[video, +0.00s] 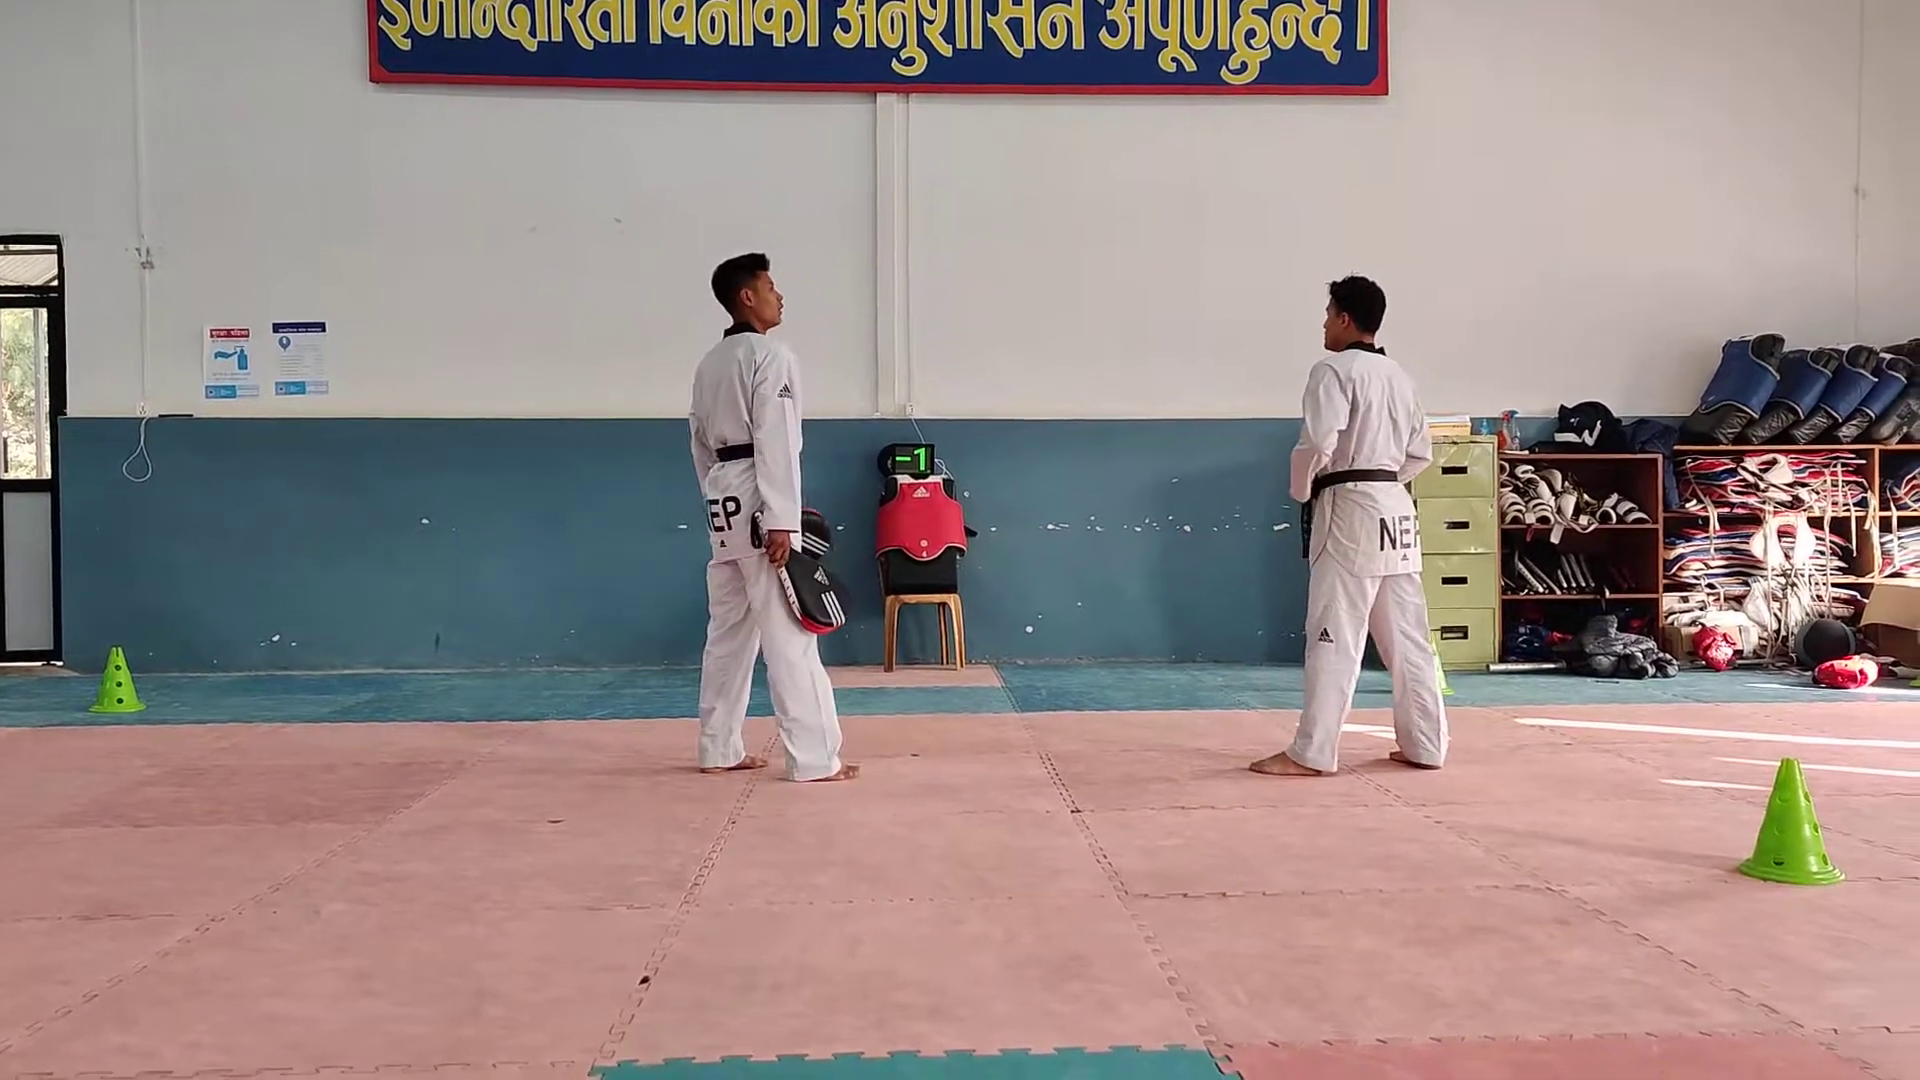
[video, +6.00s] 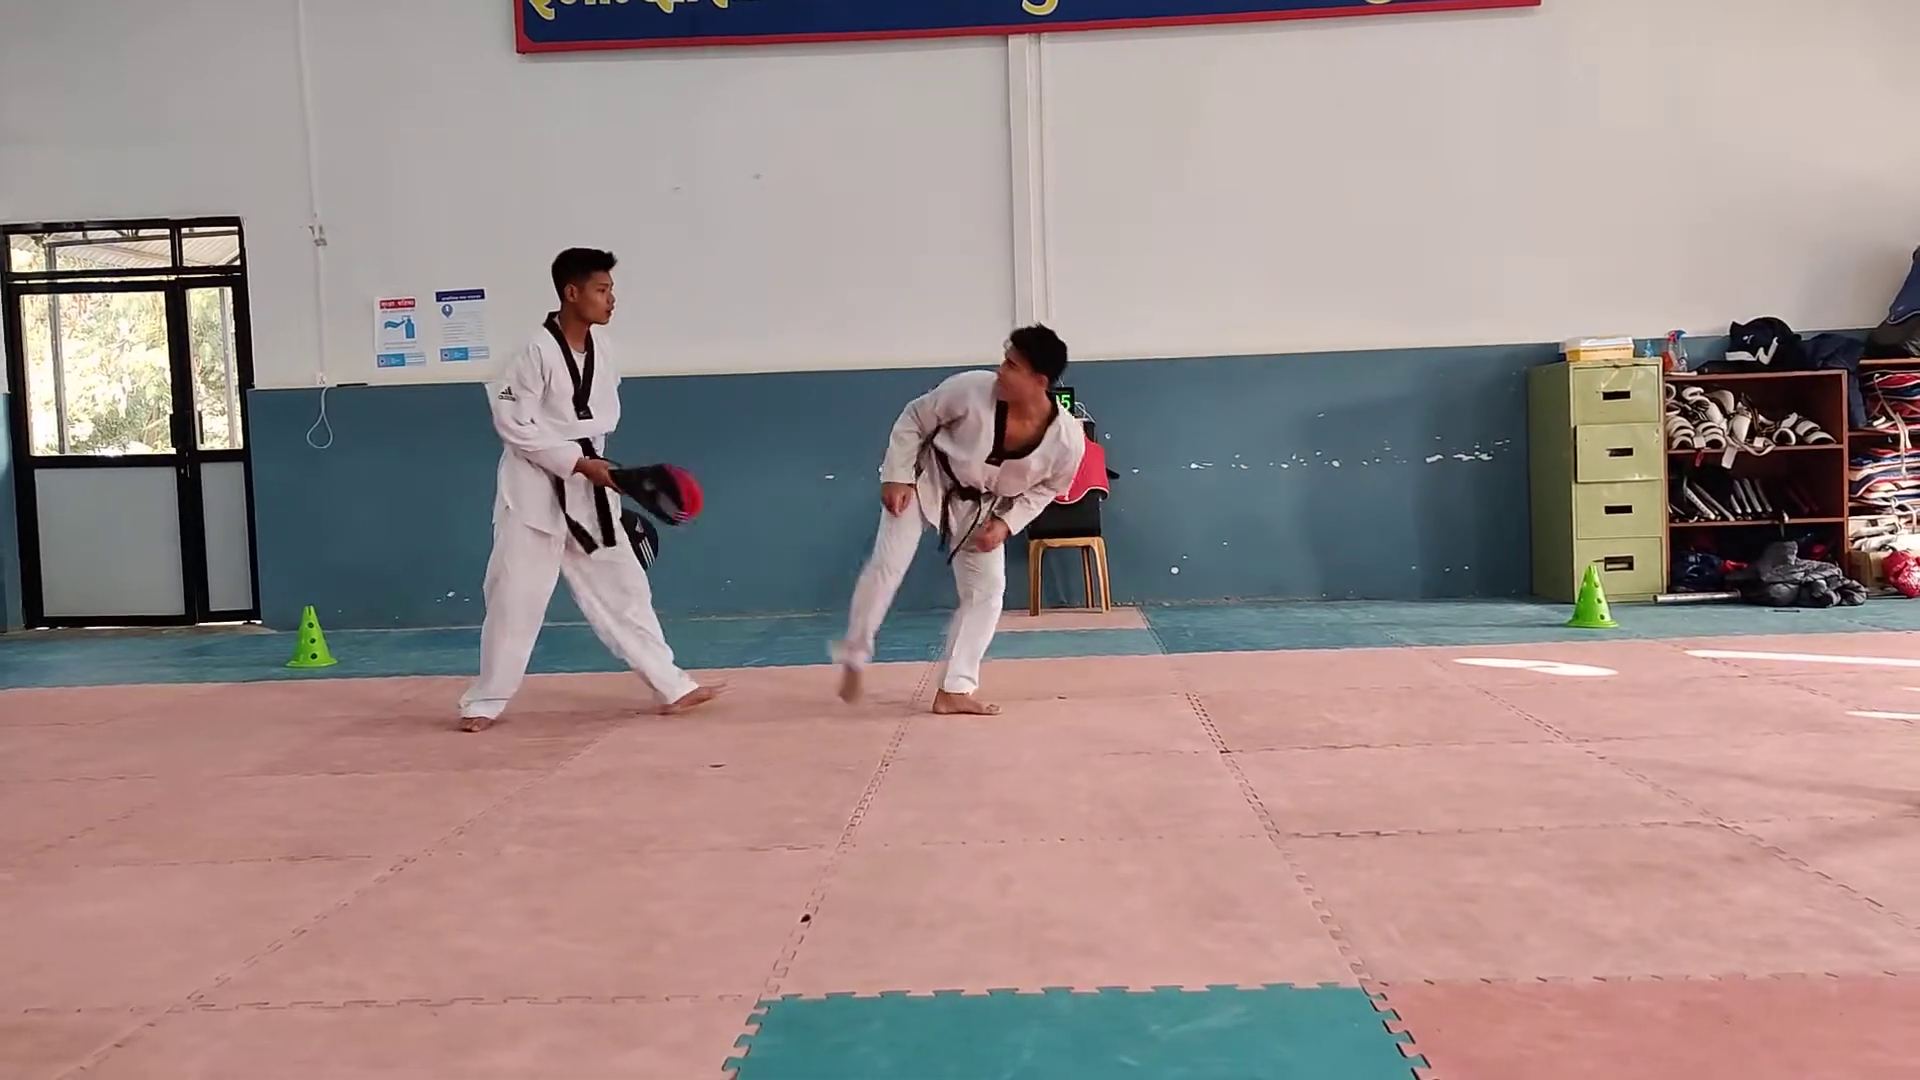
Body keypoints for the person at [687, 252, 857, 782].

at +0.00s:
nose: (780, 295)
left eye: (775, 286)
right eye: (770, 287)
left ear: (740, 300)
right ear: (746, 297)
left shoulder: (709, 364)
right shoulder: (771, 355)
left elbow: (703, 451)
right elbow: (777, 445)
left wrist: (723, 501)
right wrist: (781, 518)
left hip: (722, 507)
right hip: (762, 504)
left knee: (728, 632)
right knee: (790, 633)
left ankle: (720, 749)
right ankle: (815, 758)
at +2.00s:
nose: (594, 290)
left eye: (594, 280)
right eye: (585, 280)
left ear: (571, 286)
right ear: (553, 284)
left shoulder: (570, 348)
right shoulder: (526, 345)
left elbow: (562, 422)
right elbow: (575, 414)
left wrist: (583, 445)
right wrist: (655, 412)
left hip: (562, 479)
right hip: (512, 477)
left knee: (610, 589)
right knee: (476, 596)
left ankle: (639, 709)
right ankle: (430, 710)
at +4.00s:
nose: (664, 307)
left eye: (663, 297)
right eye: (657, 297)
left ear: (629, 302)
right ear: (628, 300)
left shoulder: (601, 347)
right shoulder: (613, 352)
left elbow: (573, 420)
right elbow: (650, 428)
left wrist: (611, 456)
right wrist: (725, 425)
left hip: (589, 470)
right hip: (566, 467)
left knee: (616, 587)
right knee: (566, 587)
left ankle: (626, 700)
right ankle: (525, 712)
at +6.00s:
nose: (612, 298)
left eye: (611, 289)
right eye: (603, 289)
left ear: (588, 295)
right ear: (571, 293)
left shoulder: (602, 348)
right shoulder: (534, 352)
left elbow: (596, 426)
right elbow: (516, 426)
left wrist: (604, 481)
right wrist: (580, 463)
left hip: (588, 480)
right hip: (533, 483)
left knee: (624, 580)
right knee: (515, 590)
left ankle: (671, 684)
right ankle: (485, 701)